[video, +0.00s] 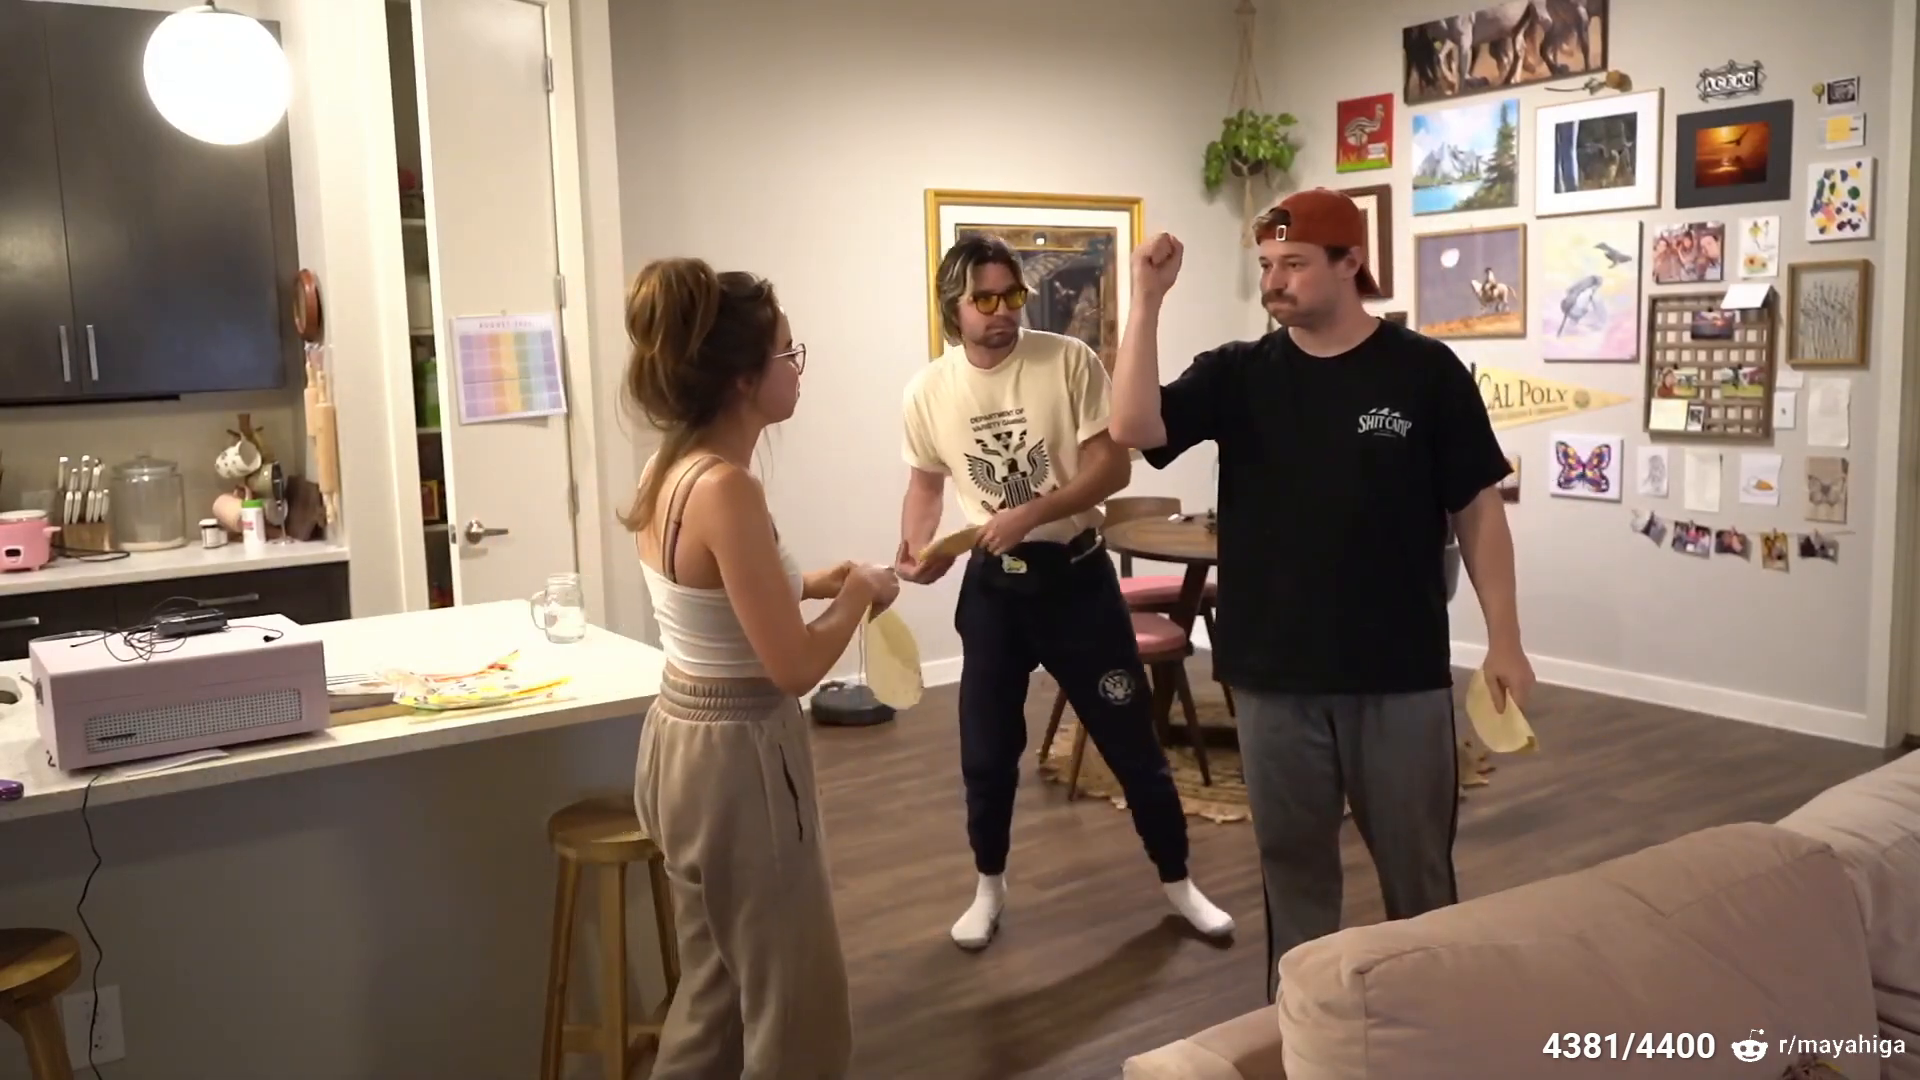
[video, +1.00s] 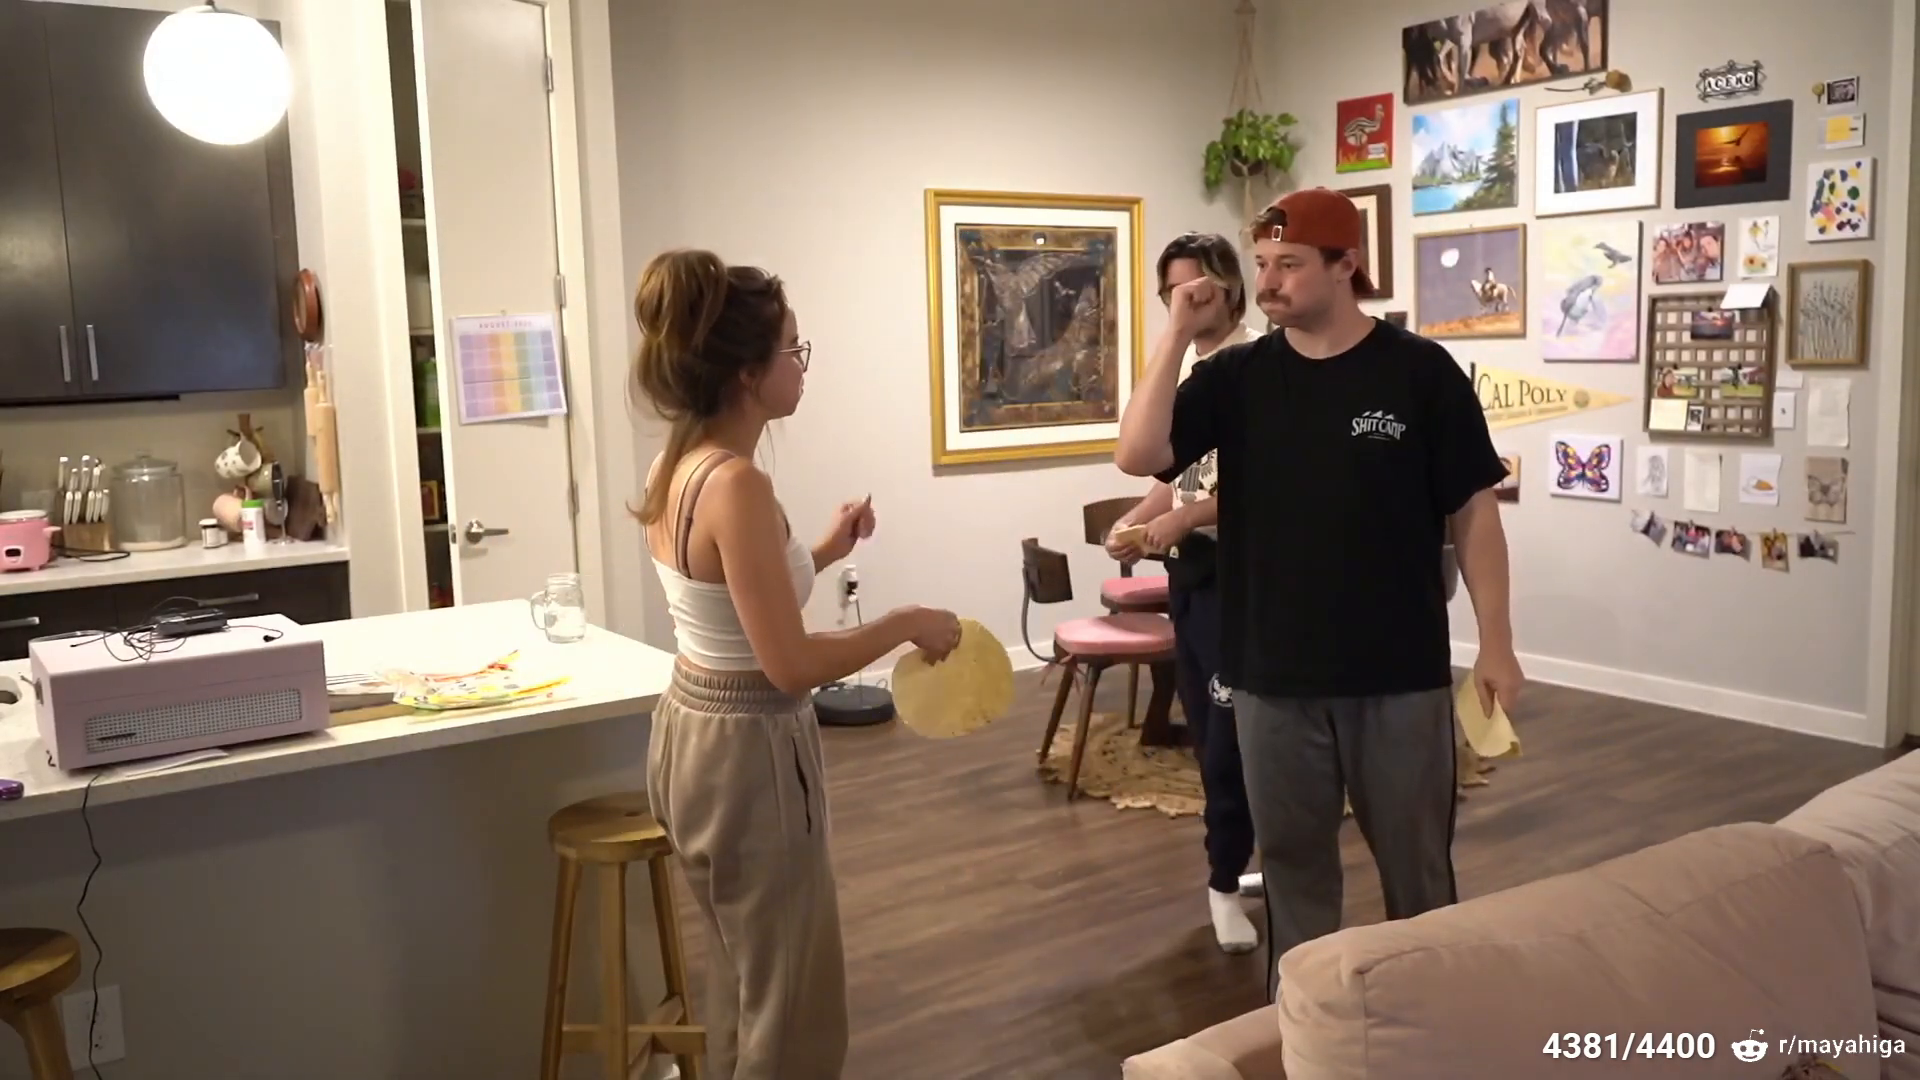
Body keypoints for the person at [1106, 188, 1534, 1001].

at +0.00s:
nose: (1274, 280)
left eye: (1292, 263)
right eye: (1267, 266)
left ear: (1349, 266)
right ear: (1262, 273)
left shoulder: (1427, 371)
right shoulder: (1239, 374)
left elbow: (1479, 510)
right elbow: (1134, 426)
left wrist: (1504, 640)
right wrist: (1146, 301)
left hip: (1400, 678)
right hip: (1272, 679)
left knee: (1418, 881)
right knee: (1293, 882)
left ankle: (1438, 1038)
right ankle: (1303, 1041)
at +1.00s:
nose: (1269, 279)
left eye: (1288, 262)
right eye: (1262, 265)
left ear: (1345, 268)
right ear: (1256, 274)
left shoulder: (1422, 372)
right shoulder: (1236, 376)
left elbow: (1475, 512)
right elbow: (1139, 453)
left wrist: (1496, 642)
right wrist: (1175, 334)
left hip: (1400, 679)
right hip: (1272, 684)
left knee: (1418, 881)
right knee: (1293, 884)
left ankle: (1438, 1038)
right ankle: (1305, 1042)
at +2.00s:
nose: (1258, 288)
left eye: (1274, 273)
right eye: (1257, 273)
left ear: (1338, 273)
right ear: (1313, 275)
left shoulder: (1425, 374)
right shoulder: (1239, 377)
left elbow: (1473, 518)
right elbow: (1139, 452)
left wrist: (1487, 652)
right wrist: (1174, 339)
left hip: (1397, 681)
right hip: (1272, 683)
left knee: (1420, 884)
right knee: (1293, 886)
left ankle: (1440, 1039)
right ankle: (1302, 1043)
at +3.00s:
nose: (1302, 257)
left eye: (1325, 242)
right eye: (1300, 244)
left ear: (1382, 256)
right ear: (1299, 261)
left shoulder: (1448, 376)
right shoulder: (1259, 371)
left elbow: (1490, 521)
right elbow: (1178, 472)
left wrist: (1506, 654)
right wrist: (1135, 431)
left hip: (1408, 677)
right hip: (1283, 675)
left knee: (1420, 874)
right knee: (1295, 865)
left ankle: (1433, 1031)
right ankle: (1301, 1027)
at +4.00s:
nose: (1284, 258)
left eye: (1305, 246)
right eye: (1280, 246)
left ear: (1360, 261)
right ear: (1275, 260)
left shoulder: (1424, 373)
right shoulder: (1244, 373)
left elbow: (1472, 514)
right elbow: (1141, 457)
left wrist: (1484, 655)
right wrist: (1144, 343)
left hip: (1393, 680)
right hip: (1272, 679)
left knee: (1414, 880)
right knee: (1289, 874)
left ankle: (1437, 1034)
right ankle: (1297, 1035)